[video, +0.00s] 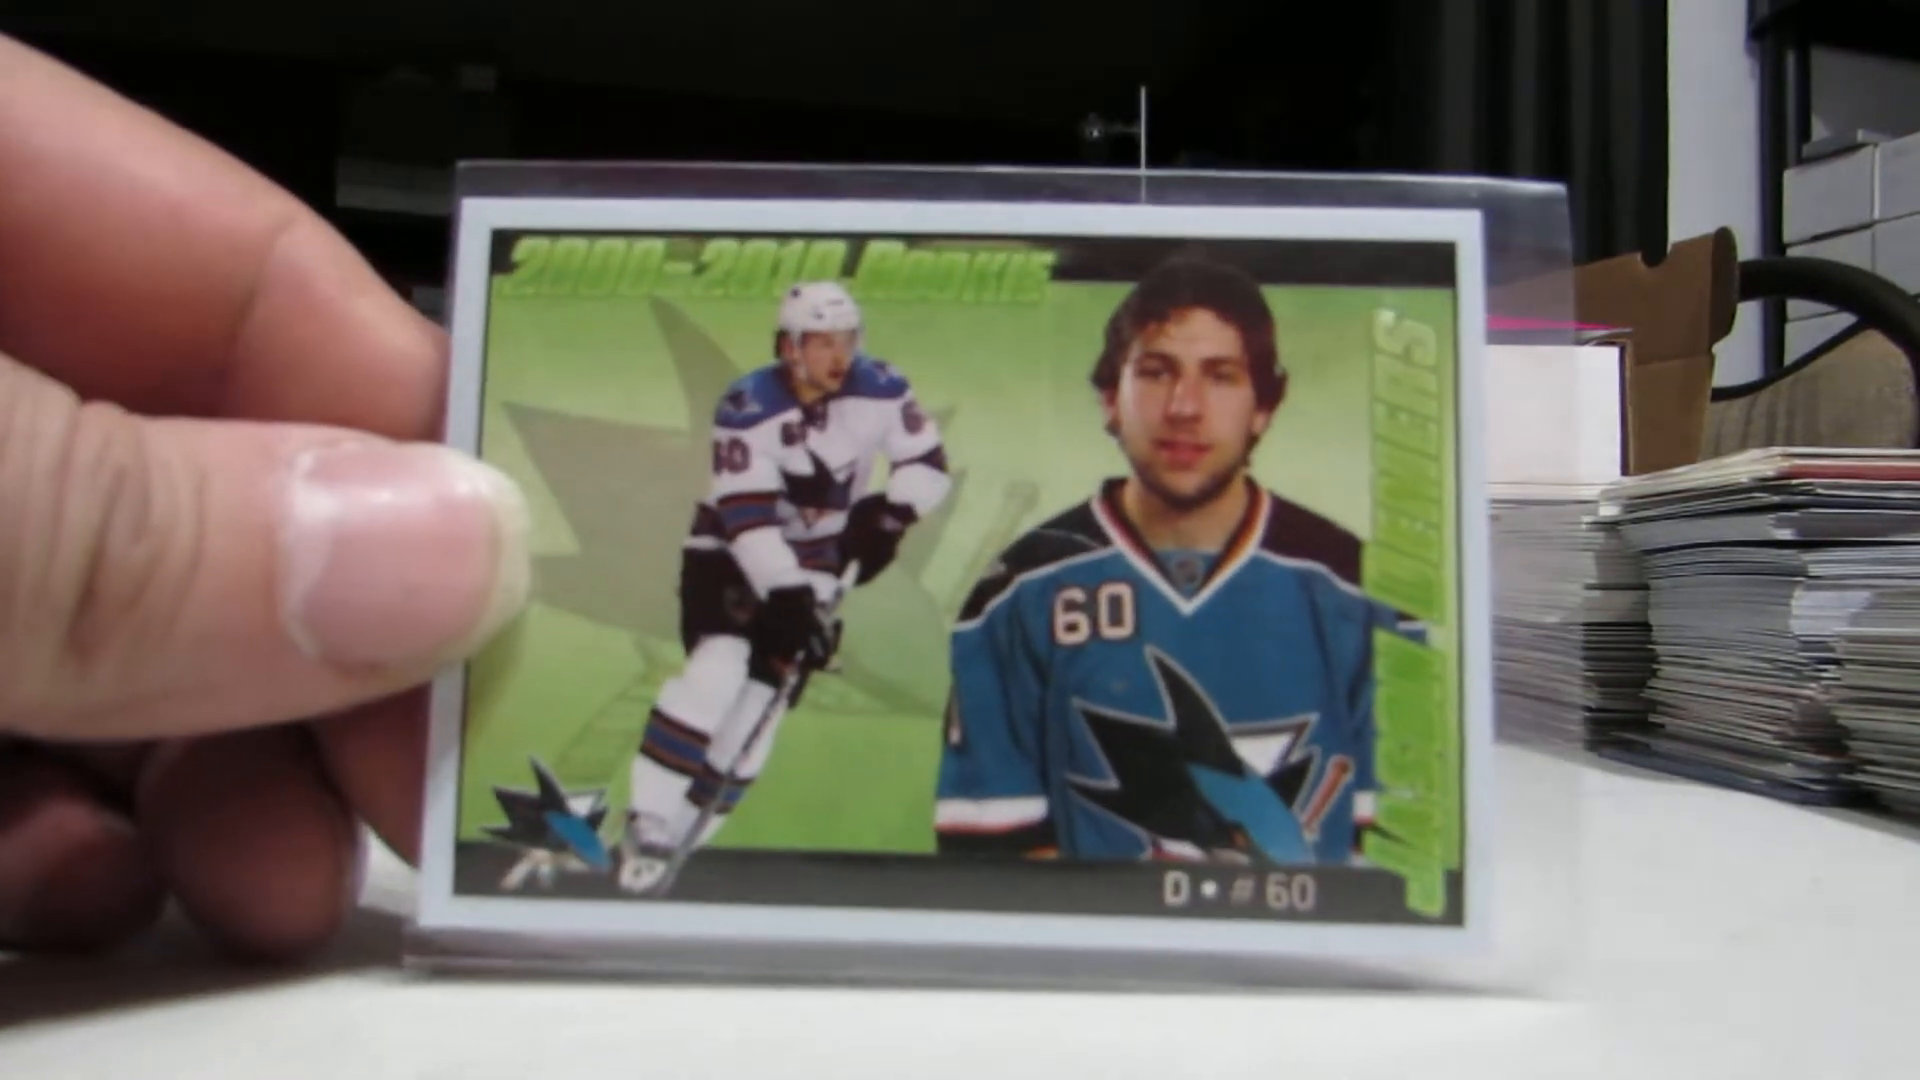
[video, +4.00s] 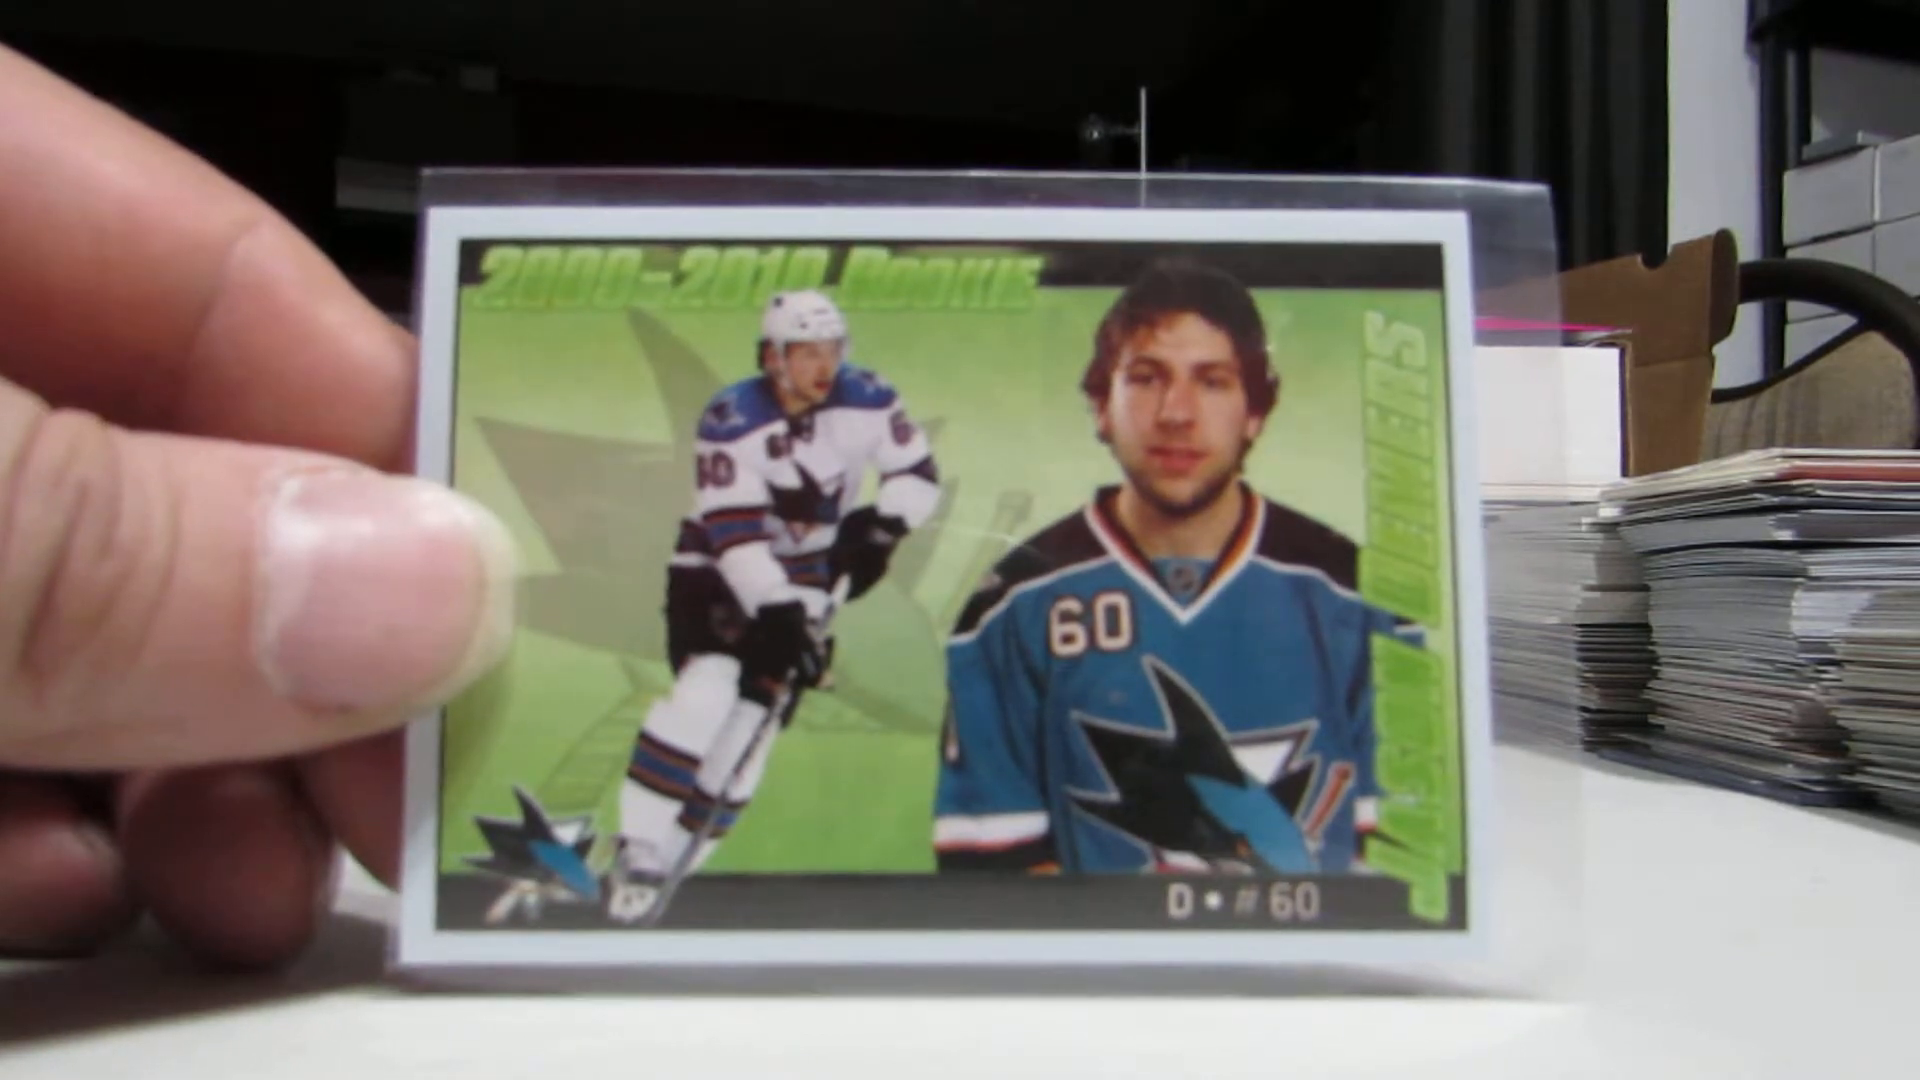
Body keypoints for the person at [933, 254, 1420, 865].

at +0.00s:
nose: (1184, 405)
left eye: (1220, 376)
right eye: (1155, 371)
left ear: (1263, 408)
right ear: (1111, 401)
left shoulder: (1354, 581)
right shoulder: (1022, 592)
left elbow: (1394, 842)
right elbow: (986, 862)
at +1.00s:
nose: (1175, 408)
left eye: (1210, 377)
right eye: (1145, 374)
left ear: (1254, 410)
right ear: (1101, 404)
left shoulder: (1350, 586)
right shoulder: (1014, 603)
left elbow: (1394, 850)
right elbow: (990, 874)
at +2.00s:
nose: (1175, 409)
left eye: (1210, 379)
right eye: (1146, 375)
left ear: (1254, 412)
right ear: (1101, 404)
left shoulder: (1348, 585)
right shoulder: (1015, 600)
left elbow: (1393, 852)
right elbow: (989, 874)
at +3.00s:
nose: (1175, 409)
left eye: (1211, 379)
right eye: (1145, 375)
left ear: (1253, 412)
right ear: (1101, 406)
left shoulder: (1351, 587)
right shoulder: (1013, 603)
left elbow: (1396, 853)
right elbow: (990, 874)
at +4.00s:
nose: (1176, 411)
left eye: (1211, 381)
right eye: (1146, 378)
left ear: (1254, 413)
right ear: (1102, 407)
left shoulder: (1354, 589)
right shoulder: (1017, 604)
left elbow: (1400, 851)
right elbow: (992, 872)